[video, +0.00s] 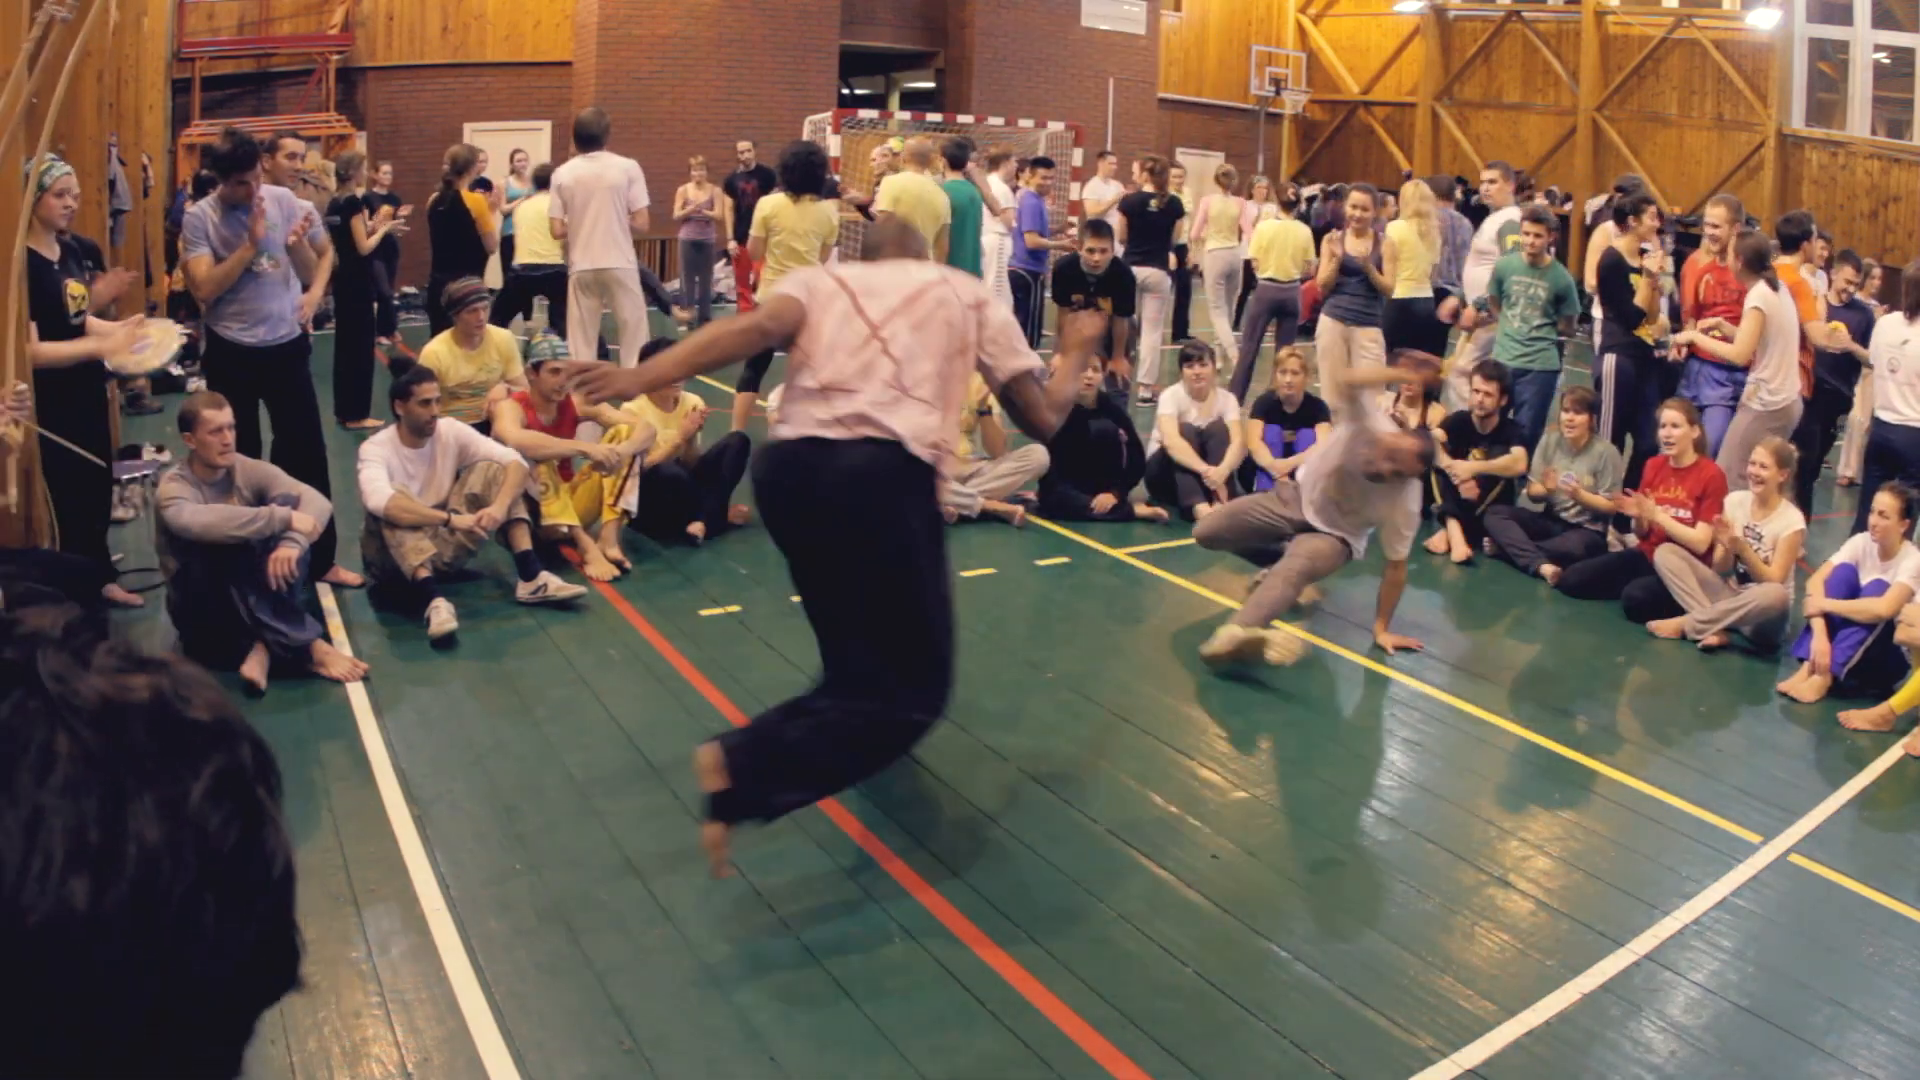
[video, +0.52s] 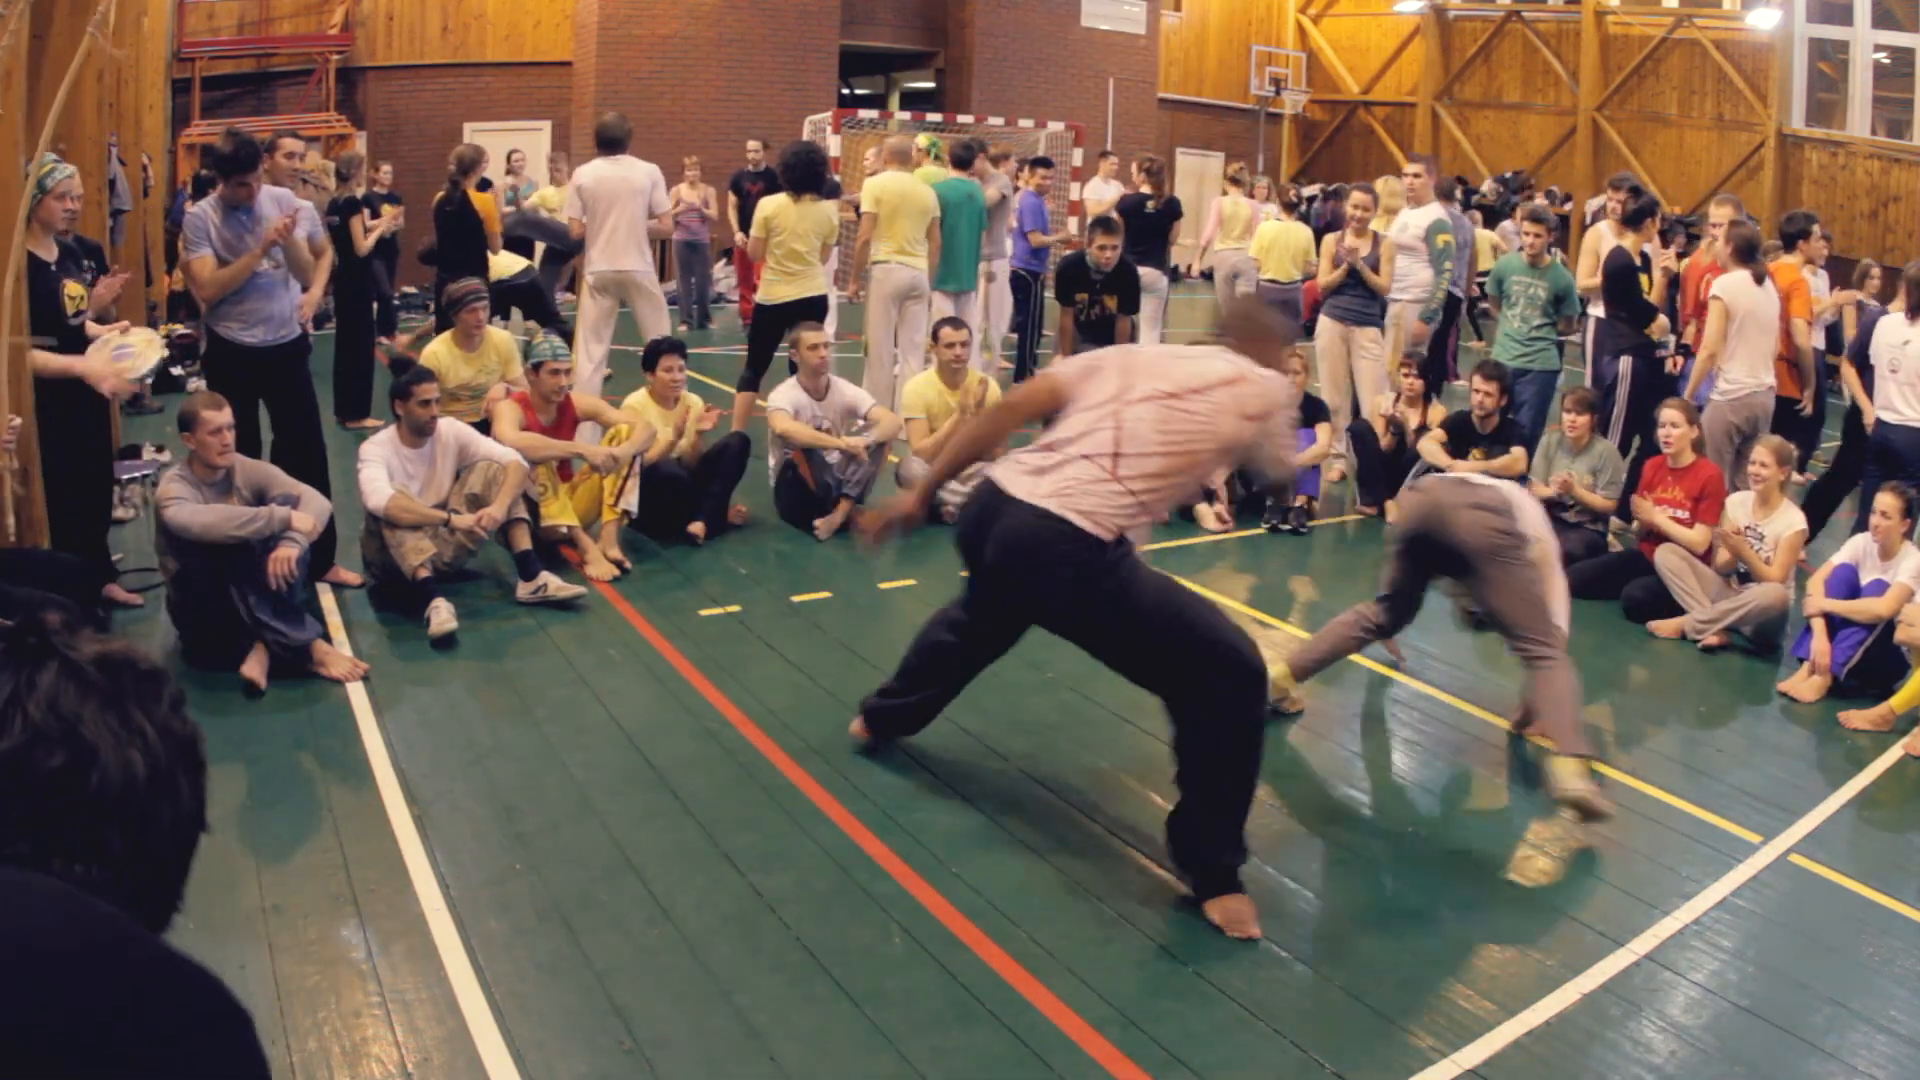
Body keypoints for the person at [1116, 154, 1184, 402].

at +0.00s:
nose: (1134, 175)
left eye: (1137, 171)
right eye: (1136, 170)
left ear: (1145, 175)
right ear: (1164, 176)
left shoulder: (1129, 201)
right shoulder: (1174, 203)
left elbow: (1121, 237)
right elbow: (1175, 238)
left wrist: (1137, 235)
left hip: (1133, 266)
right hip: (1159, 267)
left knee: (1125, 322)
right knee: (1153, 329)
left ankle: (1119, 376)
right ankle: (1145, 385)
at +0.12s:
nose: (1133, 175)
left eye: (1136, 172)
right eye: (1135, 171)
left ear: (1144, 175)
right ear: (1163, 176)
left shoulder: (1129, 200)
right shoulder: (1173, 202)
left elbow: (1119, 233)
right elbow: (1175, 236)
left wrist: (1136, 230)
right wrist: (1158, 232)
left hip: (1131, 266)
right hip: (1158, 268)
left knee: (1123, 322)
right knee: (1153, 329)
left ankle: (1118, 377)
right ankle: (1145, 385)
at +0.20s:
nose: (1133, 175)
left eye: (1136, 172)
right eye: (1135, 171)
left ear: (1144, 175)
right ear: (1162, 176)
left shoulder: (1128, 201)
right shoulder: (1173, 203)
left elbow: (1120, 233)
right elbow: (1174, 237)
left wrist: (1136, 231)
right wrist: (1157, 235)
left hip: (1131, 266)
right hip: (1158, 268)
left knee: (1122, 322)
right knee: (1152, 329)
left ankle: (1116, 378)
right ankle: (1145, 385)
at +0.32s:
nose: (1132, 175)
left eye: (1135, 172)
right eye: (1134, 171)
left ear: (1142, 175)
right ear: (1162, 176)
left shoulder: (1127, 201)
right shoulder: (1172, 203)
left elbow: (1120, 233)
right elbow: (1174, 238)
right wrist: (1155, 232)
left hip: (1131, 265)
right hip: (1157, 268)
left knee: (1121, 322)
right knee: (1152, 329)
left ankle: (1116, 378)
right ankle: (1145, 385)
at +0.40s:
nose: (1134, 177)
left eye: (1136, 173)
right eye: (1135, 173)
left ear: (1142, 176)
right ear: (1163, 176)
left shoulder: (1127, 201)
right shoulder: (1172, 204)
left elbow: (1120, 232)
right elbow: (1173, 237)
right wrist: (1157, 231)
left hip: (1130, 263)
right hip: (1157, 266)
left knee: (1122, 322)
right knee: (1151, 329)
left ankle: (1118, 373)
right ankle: (1145, 381)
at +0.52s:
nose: (1134, 176)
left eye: (1136, 173)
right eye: (1135, 173)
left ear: (1142, 176)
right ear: (1161, 176)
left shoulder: (1126, 201)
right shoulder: (1172, 204)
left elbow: (1120, 231)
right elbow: (1173, 237)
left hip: (1129, 263)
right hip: (1156, 265)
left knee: (1122, 323)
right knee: (1151, 330)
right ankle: (1148, 372)